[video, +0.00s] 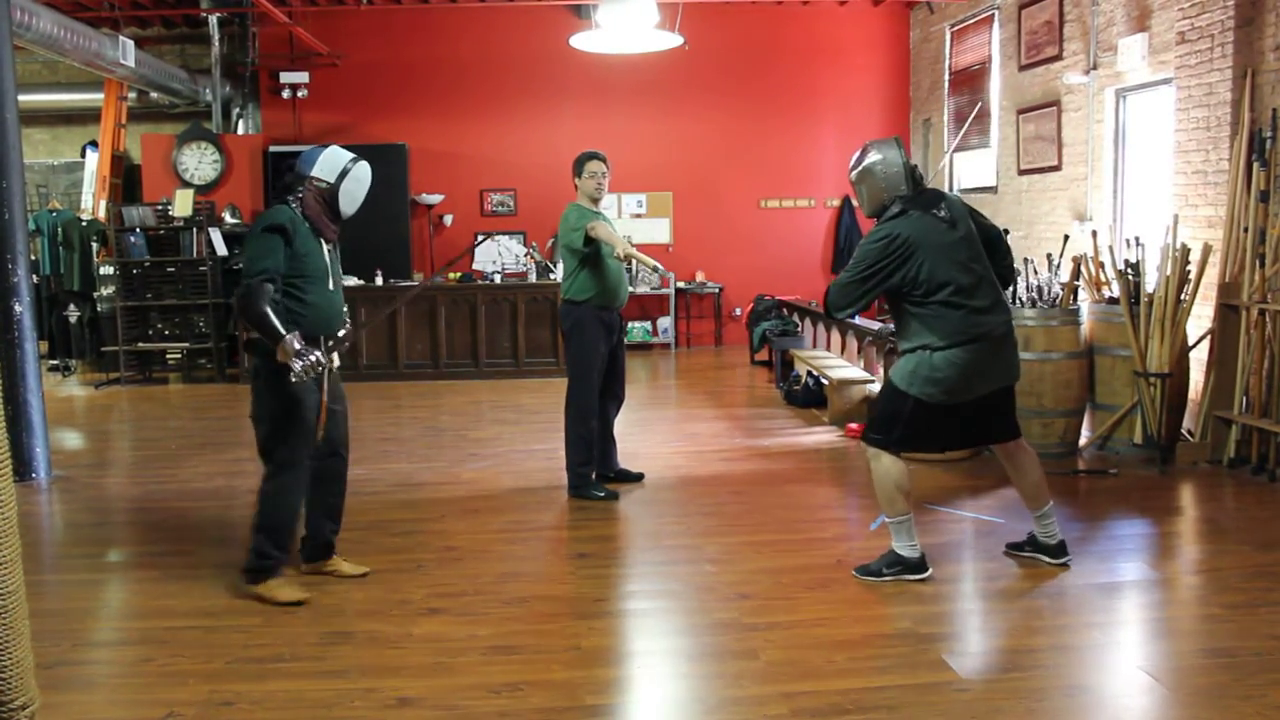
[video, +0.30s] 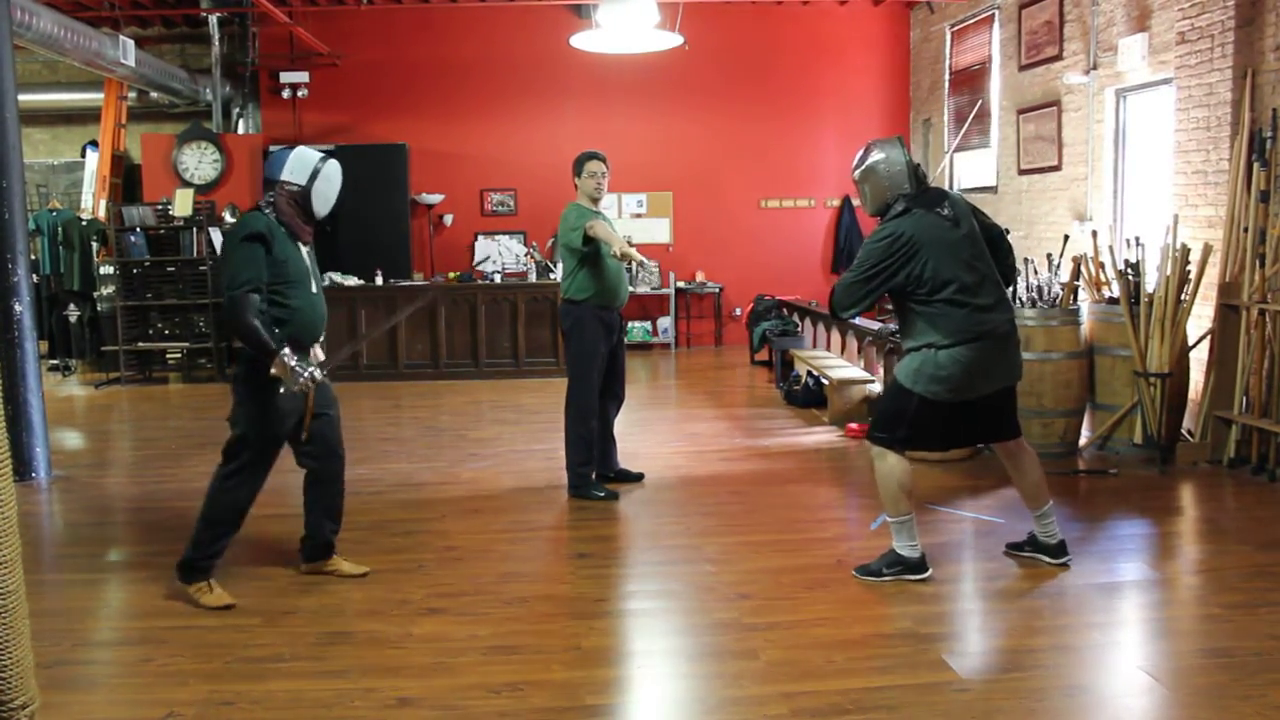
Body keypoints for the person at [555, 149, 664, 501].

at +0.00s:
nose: (601, 181)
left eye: (605, 176)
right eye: (593, 175)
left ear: (608, 181)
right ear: (577, 181)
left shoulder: (603, 218)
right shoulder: (574, 213)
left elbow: (615, 251)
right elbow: (595, 229)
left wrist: (633, 257)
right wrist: (620, 245)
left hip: (609, 316)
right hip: (584, 316)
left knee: (610, 395)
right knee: (583, 398)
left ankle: (606, 466)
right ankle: (580, 480)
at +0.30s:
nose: (600, 181)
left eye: (604, 175)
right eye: (592, 175)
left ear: (607, 181)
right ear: (577, 180)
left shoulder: (603, 218)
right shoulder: (573, 213)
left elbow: (614, 249)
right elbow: (595, 229)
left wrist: (630, 254)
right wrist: (618, 245)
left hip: (609, 315)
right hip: (583, 315)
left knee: (610, 395)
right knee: (584, 397)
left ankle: (606, 467)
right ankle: (580, 480)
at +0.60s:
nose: (598, 181)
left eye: (603, 175)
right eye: (591, 175)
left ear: (607, 181)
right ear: (576, 181)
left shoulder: (602, 219)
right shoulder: (573, 212)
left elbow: (613, 244)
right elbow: (593, 227)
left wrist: (622, 248)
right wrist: (615, 243)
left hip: (608, 315)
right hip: (583, 315)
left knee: (610, 395)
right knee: (584, 397)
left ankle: (606, 467)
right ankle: (580, 480)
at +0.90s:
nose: (599, 181)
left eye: (603, 176)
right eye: (591, 176)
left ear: (608, 181)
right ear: (577, 181)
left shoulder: (603, 219)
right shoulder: (573, 213)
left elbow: (612, 250)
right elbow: (592, 228)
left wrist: (623, 249)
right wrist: (613, 243)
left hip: (609, 315)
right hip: (583, 315)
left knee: (610, 395)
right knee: (584, 396)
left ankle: (606, 467)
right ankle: (581, 480)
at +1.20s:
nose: (600, 182)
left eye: (604, 176)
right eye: (592, 176)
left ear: (609, 182)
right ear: (577, 181)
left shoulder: (605, 220)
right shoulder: (573, 213)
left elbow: (621, 249)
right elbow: (593, 230)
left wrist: (625, 251)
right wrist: (614, 246)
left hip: (610, 314)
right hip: (583, 315)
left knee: (612, 394)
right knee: (585, 396)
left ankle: (607, 466)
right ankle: (582, 480)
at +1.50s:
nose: (599, 181)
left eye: (603, 175)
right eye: (591, 175)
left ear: (608, 181)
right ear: (576, 180)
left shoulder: (604, 220)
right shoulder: (573, 213)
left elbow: (621, 251)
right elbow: (592, 231)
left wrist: (625, 252)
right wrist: (614, 246)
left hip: (609, 314)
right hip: (583, 314)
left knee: (612, 394)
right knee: (585, 396)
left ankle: (608, 466)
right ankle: (582, 479)